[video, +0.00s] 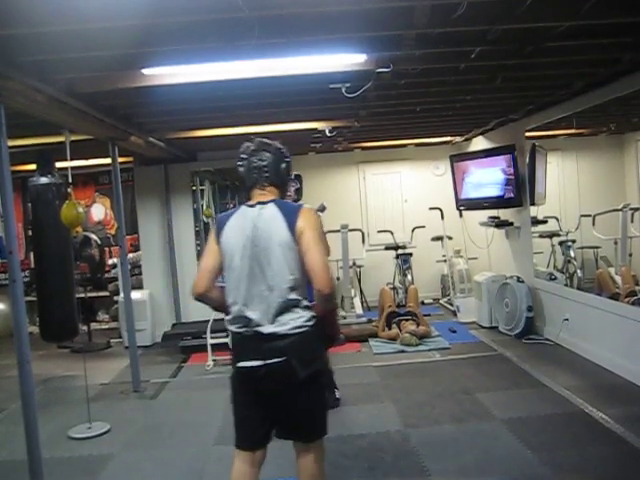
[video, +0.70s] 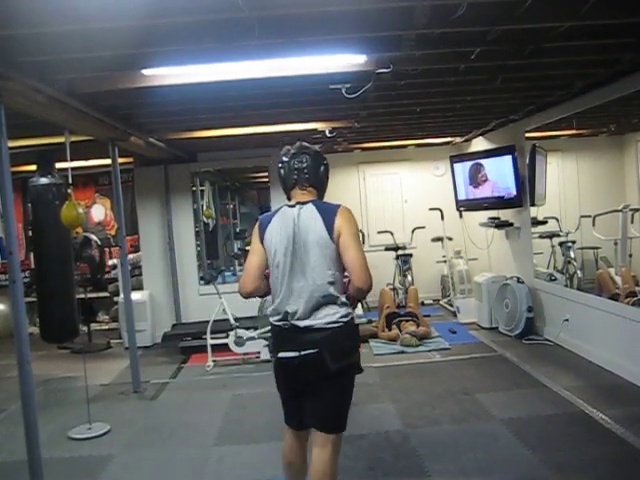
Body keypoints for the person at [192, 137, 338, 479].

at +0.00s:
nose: (289, 178)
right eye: (287, 172)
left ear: (245, 178)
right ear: (283, 176)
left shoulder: (223, 224)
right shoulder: (301, 215)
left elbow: (201, 289)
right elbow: (324, 286)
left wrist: (238, 307)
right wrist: (322, 317)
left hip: (248, 359)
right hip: (297, 355)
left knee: (247, 454)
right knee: (308, 451)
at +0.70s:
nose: (320, 179)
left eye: (289, 174)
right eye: (322, 173)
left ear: (284, 180)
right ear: (322, 178)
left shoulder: (264, 224)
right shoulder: (338, 215)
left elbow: (248, 288)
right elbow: (361, 282)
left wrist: (278, 280)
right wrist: (349, 295)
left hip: (286, 348)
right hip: (332, 345)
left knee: (294, 431)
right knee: (324, 443)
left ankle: (294, 476)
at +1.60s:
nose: (320, 180)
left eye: (317, 175)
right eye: (317, 174)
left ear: (278, 181)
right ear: (311, 178)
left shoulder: (262, 224)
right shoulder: (325, 212)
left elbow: (256, 284)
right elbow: (353, 271)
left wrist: (284, 259)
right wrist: (353, 241)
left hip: (284, 333)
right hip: (325, 331)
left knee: (298, 422)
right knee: (337, 427)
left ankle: (298, 476)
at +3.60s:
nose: (325, 185)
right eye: (323, 180)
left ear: (287, 186)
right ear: (319, 181)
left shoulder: (271, 223)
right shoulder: (333, 212)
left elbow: (252, 269)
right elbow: (368, 266)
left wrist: (280, 246)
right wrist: (350, 239)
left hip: (287, 337)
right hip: (328, 335)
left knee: (301, 422)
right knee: (335, 430)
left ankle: (300, 475)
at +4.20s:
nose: (343, 192)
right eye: (343, 186)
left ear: (307, 193)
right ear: (342, 190)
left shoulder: (292, 234)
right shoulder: (356, 222)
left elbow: (290, 288)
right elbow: (389, 276)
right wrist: (367, 244)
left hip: (309, 351)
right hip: (354, 348)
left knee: (314, 426)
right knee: (384, 437)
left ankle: (305, 475)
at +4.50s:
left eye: (339, 179)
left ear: (340, 184)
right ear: (379, 176)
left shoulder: (329, 228)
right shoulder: (404, 210)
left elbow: (326, 288)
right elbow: (435, 263)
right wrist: (403, 234)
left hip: (355, 349)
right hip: (403, 346)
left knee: (361, 429)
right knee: (404, 448)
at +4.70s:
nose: (357, 186)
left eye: (357, 181)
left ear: (360, 186)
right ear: (398, 179)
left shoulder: (348, 226)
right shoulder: (428, 215)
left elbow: (337, 286)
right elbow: (448, 272)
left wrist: (343, 238)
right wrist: (419, 242)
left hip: (373, 353)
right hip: (423, 350)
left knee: (383, 433)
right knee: (450, 441)